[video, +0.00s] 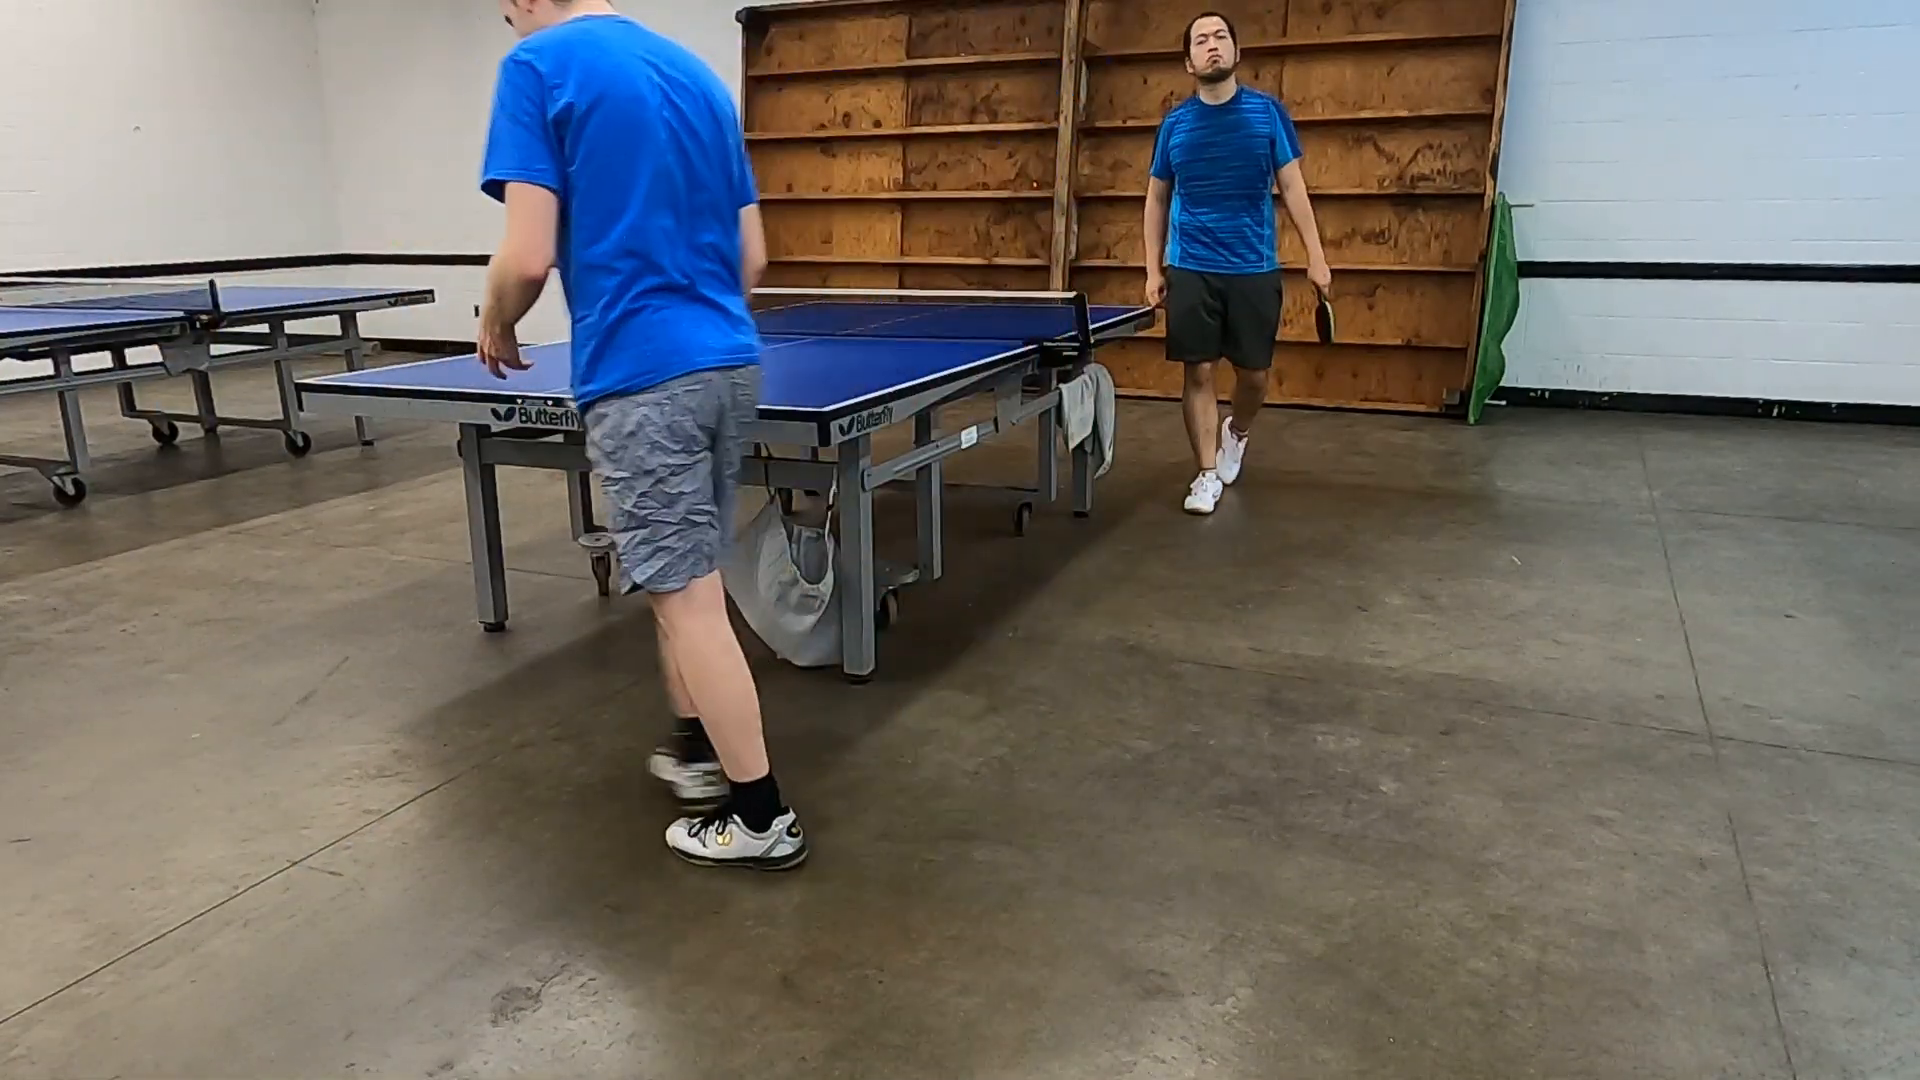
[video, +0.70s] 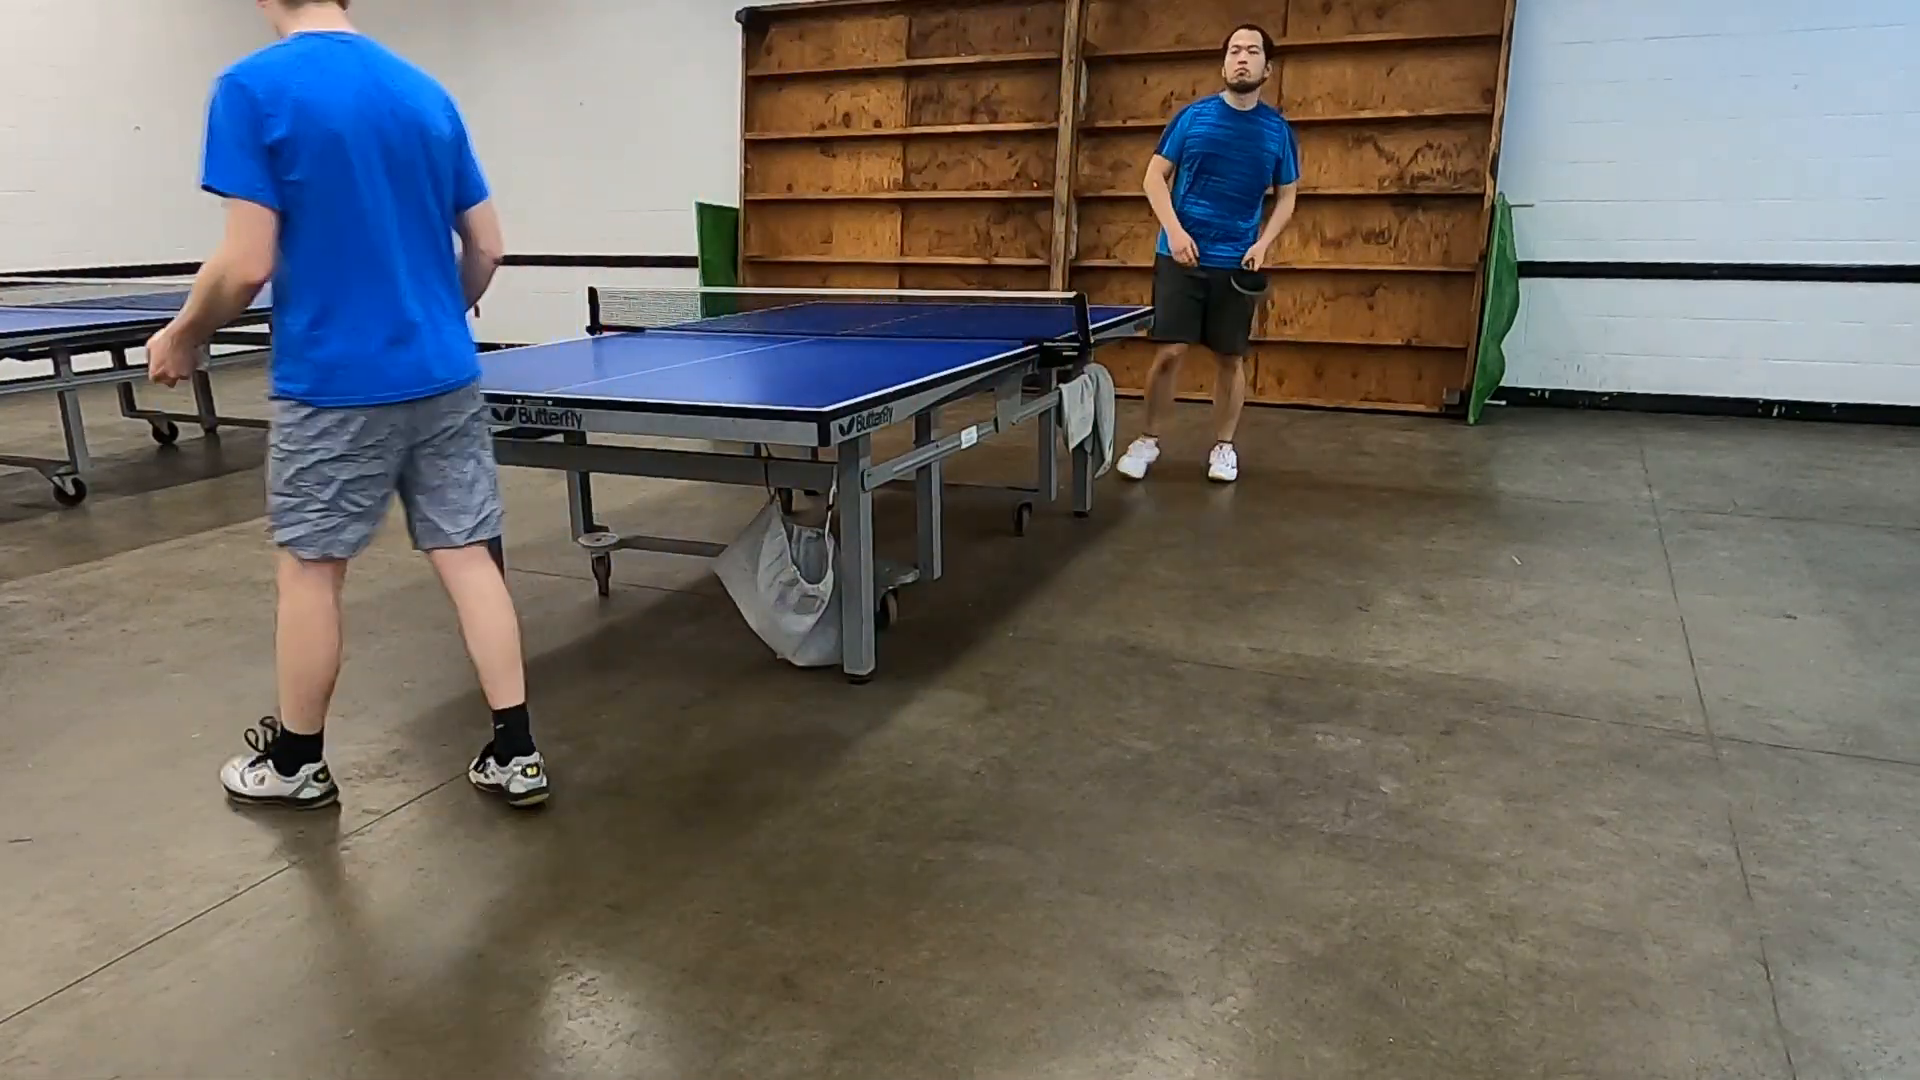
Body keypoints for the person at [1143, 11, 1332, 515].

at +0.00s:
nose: (1211, 45)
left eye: (1220, 37)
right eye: (1201, 41)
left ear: (1238, 52)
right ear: (1190, 62)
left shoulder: (1268, 112)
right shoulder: (1174, 124)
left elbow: (1293, 188)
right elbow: (1156, 200)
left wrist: (1316, 257)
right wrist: (1152, 269)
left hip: (1254, 269)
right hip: (1191, 268)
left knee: (1254, 374)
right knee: (1197, 371)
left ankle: (1234, 435)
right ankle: (1206, 473)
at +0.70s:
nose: (1241, 58)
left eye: (1252, 52)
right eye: (1234, 51)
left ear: (1268, 66)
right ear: (1223, 62)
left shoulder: (1278, 131)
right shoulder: (1193, 116)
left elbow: (1286, 199)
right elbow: (1154, 177)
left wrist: (1263, 243)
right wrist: (1174, 231)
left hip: (1238, 264)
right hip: (1182, 257)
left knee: (1230, 360)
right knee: (1169, 353)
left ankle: (1223, 446)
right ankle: (1149, 440)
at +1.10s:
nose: (1180, 66)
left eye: (1190, 60)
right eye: (1174, 61)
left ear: (1210, 73)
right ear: (1166, 73)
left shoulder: (1227, 129)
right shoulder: (1146, 129)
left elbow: (1252, 192)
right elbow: (1115, 189)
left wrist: (1199, 203)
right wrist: (1141, 206)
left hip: (1198, 268)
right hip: (1140, 263)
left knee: (1207, 358)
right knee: (1100, 348)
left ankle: (1221, 446)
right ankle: (1079, 427)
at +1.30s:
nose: (1128, 80)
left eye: (1140, 73)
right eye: (1124, 73)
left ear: (1162, 85)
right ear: (1118, 83)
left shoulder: (1182, 135)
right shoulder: (1107, 142)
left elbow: (1199, 199)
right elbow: (1088, 198)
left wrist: (1146, 184)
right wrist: (1073, 242)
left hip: (1168, 273)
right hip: (1111, 269)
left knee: (1187, 358)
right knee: (1083, 352)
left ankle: (1215, 445)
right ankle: (1080, 432)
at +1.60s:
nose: (1080, 119)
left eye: (1088, 110)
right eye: (1075, 110)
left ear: (1112, 109)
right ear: (1071, 111)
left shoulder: (1145, 141)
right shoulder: (1086, 151)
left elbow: (1151, 203)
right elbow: (1079, 205)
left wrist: (1103, 154)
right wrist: (1049, 249)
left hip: (1166, 266)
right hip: (1116, 266)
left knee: (1173, 347)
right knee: (1078, 343)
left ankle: (1196, 441)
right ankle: (1082, 429)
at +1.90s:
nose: (1082, 179)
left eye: (1088, 170)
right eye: (1077, 172)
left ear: (1113, 162)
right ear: (1073, 168)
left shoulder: (1149, 178)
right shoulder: (1086, 199)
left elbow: (1140, 240)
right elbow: (1085, 253)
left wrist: (1109, 184)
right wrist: (1080, 304)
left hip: (1181, 275)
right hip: (1130, 278)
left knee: (1180, 351)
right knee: (1076, 344)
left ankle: (1197, 445)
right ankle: (1078, 427)